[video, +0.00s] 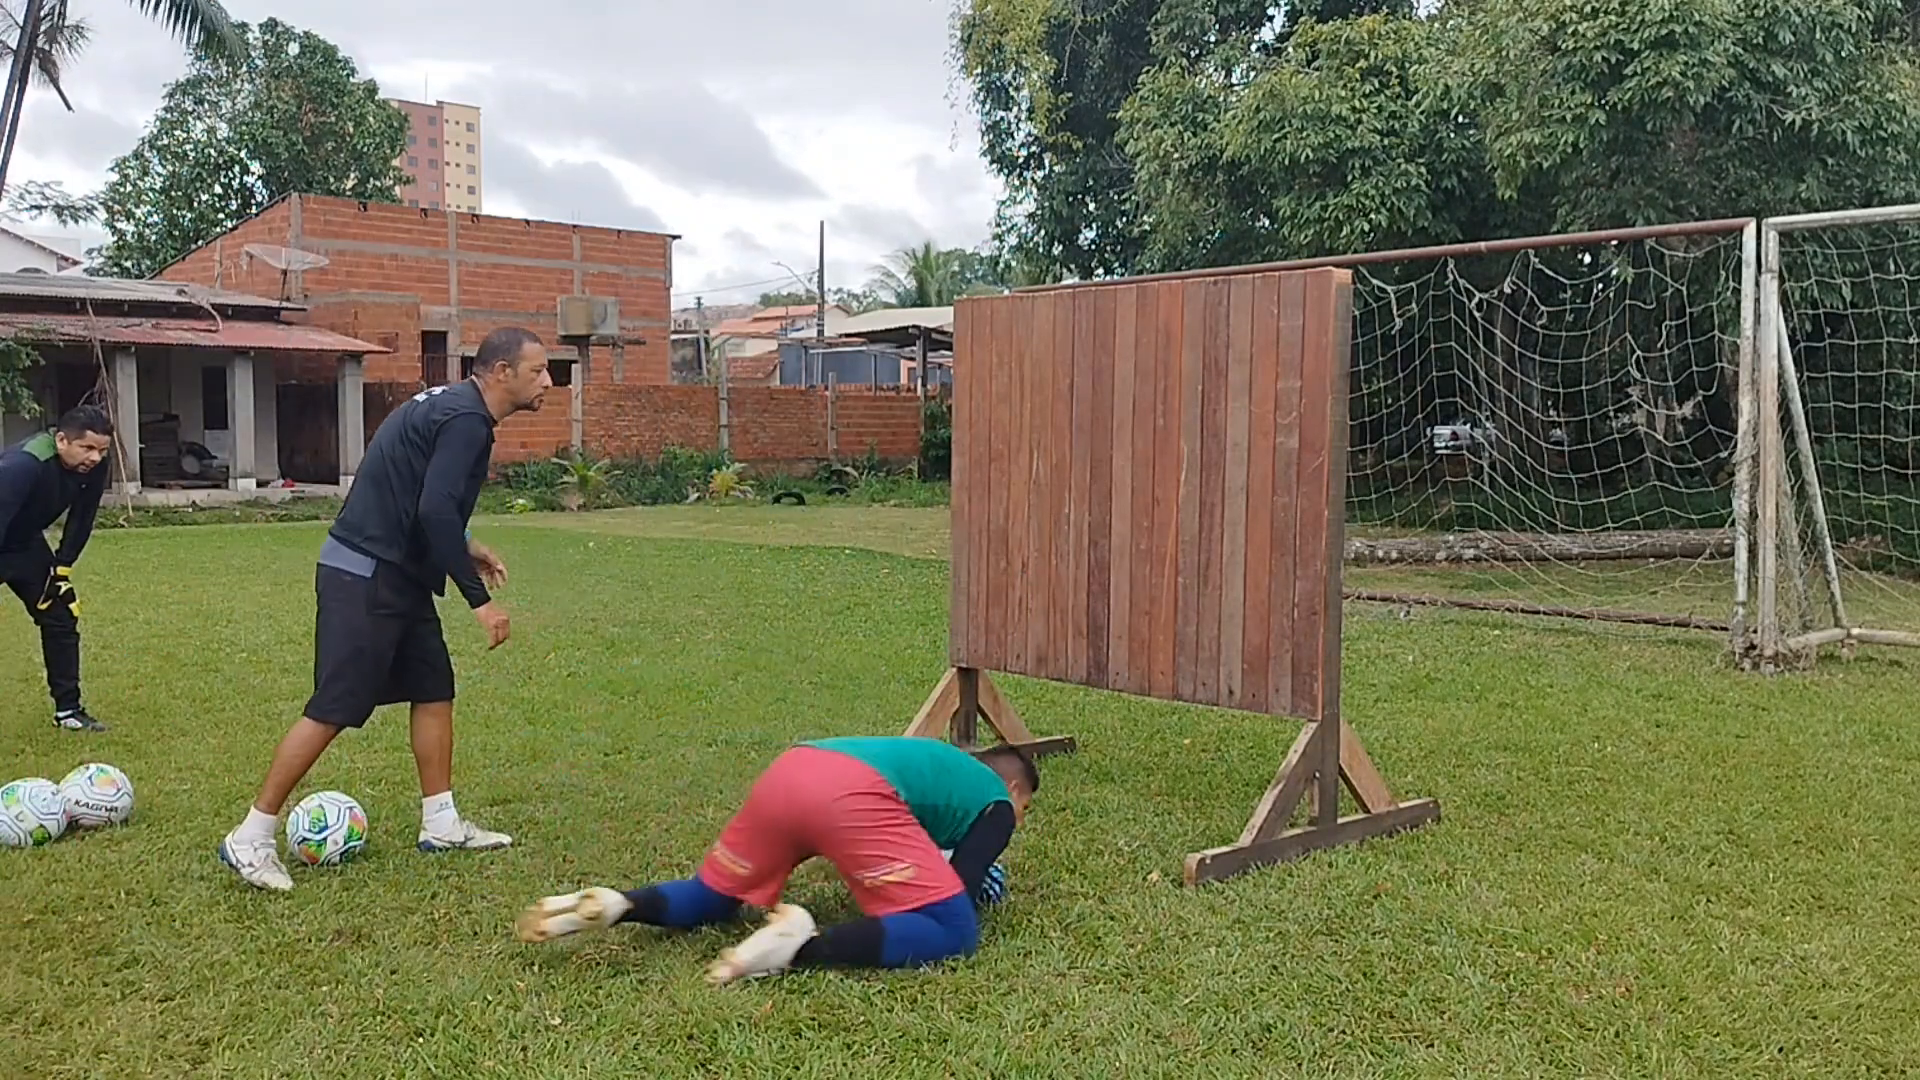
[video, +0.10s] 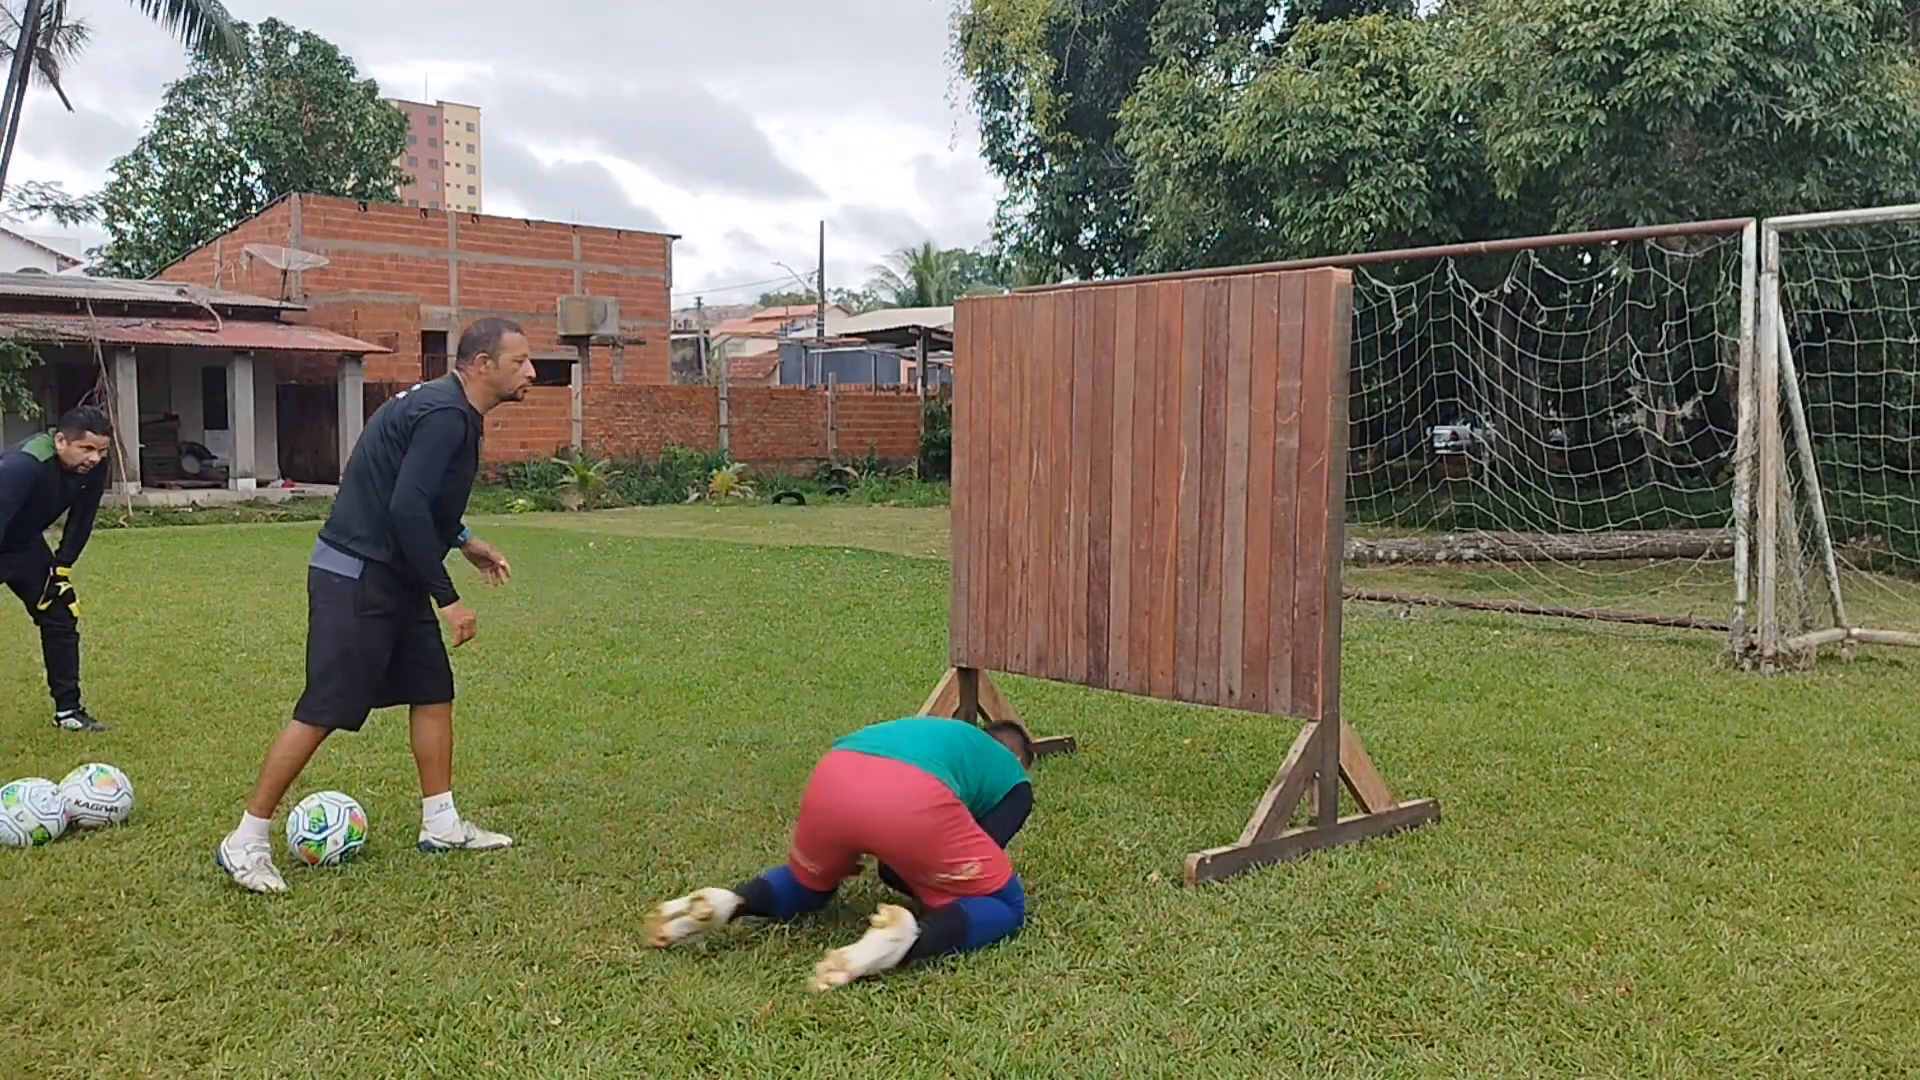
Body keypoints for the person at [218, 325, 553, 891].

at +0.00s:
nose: (548, 382)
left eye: (548, 372)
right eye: (540, 371)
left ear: (498, 372)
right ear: (502, 371)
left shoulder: (452, 407)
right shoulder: (467, 420)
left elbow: (418, 504)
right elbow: (438, 512)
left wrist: (465, 549)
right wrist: (480, 599)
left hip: (400, 576)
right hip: (362, 572)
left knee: (433, 687)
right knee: (335, 704)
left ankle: (441, 824)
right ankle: (252, 836)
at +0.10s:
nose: (531, 372)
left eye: (530, 361)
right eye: (521, 362)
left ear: (482, 367)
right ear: (482, 365)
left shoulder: (457, 414)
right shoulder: (444, 417)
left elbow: (425, 498)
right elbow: (407, 509)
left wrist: (466, 541)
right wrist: (447, 598)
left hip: (396, 574)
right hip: (353, 572)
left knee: (432, 690)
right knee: (324, 705)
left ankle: (442, 824)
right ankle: (246, 840)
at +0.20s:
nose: (504, 364)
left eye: (503, 352)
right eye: (493, 353)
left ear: (459, 360)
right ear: (454, 358)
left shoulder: (440, 413)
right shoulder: (417, 412)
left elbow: (411, 499)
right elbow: (377, 505)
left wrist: (455, 543)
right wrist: (418, 593)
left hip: (386, 580)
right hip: (341, 578)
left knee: (429, 693)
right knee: (311, 712)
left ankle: (442, 825)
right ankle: (241, 848)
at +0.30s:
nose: (471, 356)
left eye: (469, 344)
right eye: (459, 345)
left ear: (428, 353)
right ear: (419, 352)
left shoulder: (410, 413)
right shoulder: (379, 413)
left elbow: (386, 501)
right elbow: (347, 508)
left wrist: (432, 540)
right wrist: (393, 591)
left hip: (377, 587)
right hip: (325, 586)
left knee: (422, 698)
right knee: (293, 717)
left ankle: (441, 826)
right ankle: (235, 855)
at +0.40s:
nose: (434, 349)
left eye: (433, 338)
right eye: (424, 338)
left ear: (391, 345)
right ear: (382, 344)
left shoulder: (378, 407)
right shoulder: (339, 409)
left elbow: (353, 499)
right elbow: (313, 510)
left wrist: (403, 533)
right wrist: (378, 584)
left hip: (352, 590)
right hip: (302, 591)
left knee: (405, 699)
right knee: (268, 723)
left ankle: (442, 825)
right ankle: (230, 860)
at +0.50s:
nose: (398, 340)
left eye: (397, 329)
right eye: (387, 329)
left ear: (356, 340)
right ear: (347, 338)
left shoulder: (347, 401)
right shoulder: (306, 404)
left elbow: (338, 495)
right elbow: (289, 511)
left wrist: (393, 521)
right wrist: (374, 564)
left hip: (336, 585)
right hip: (283, 588)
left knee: (393, 695)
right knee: (254, 724)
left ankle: (429, 822)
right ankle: (227, 860)